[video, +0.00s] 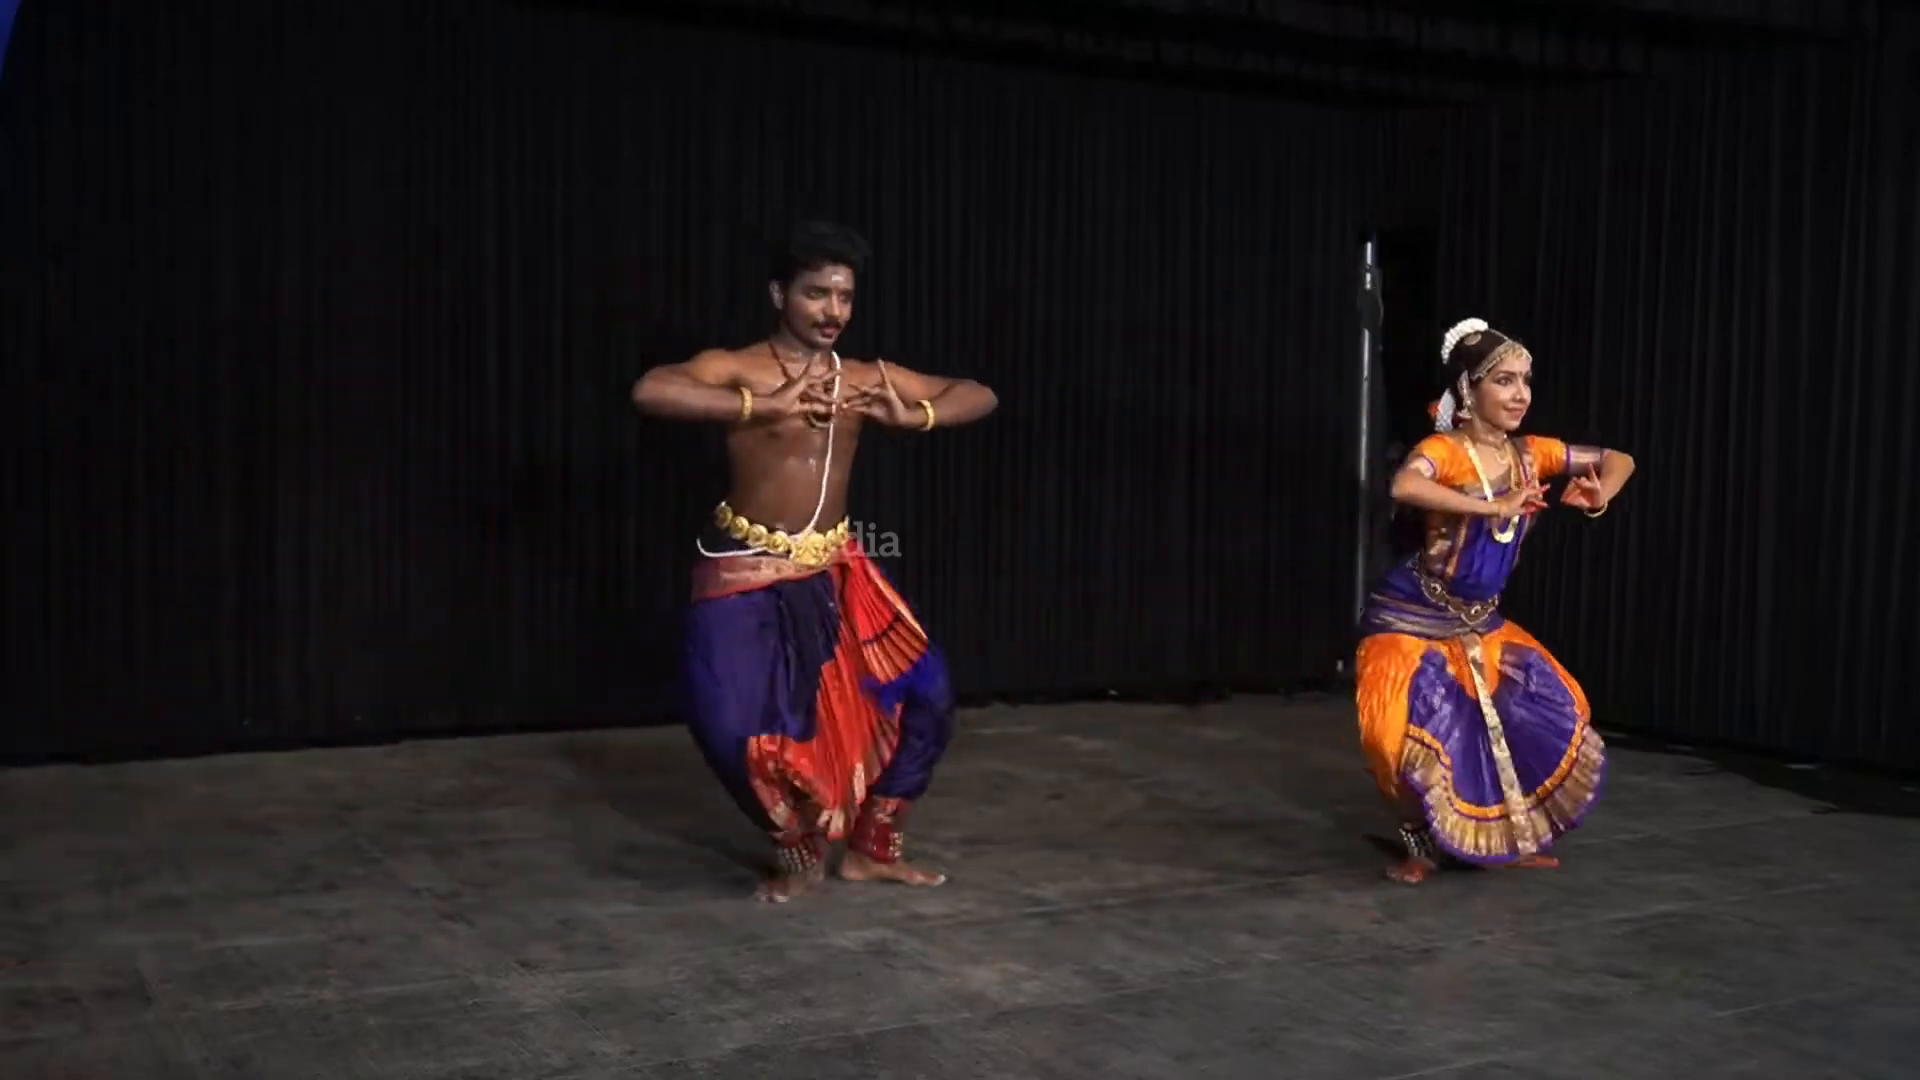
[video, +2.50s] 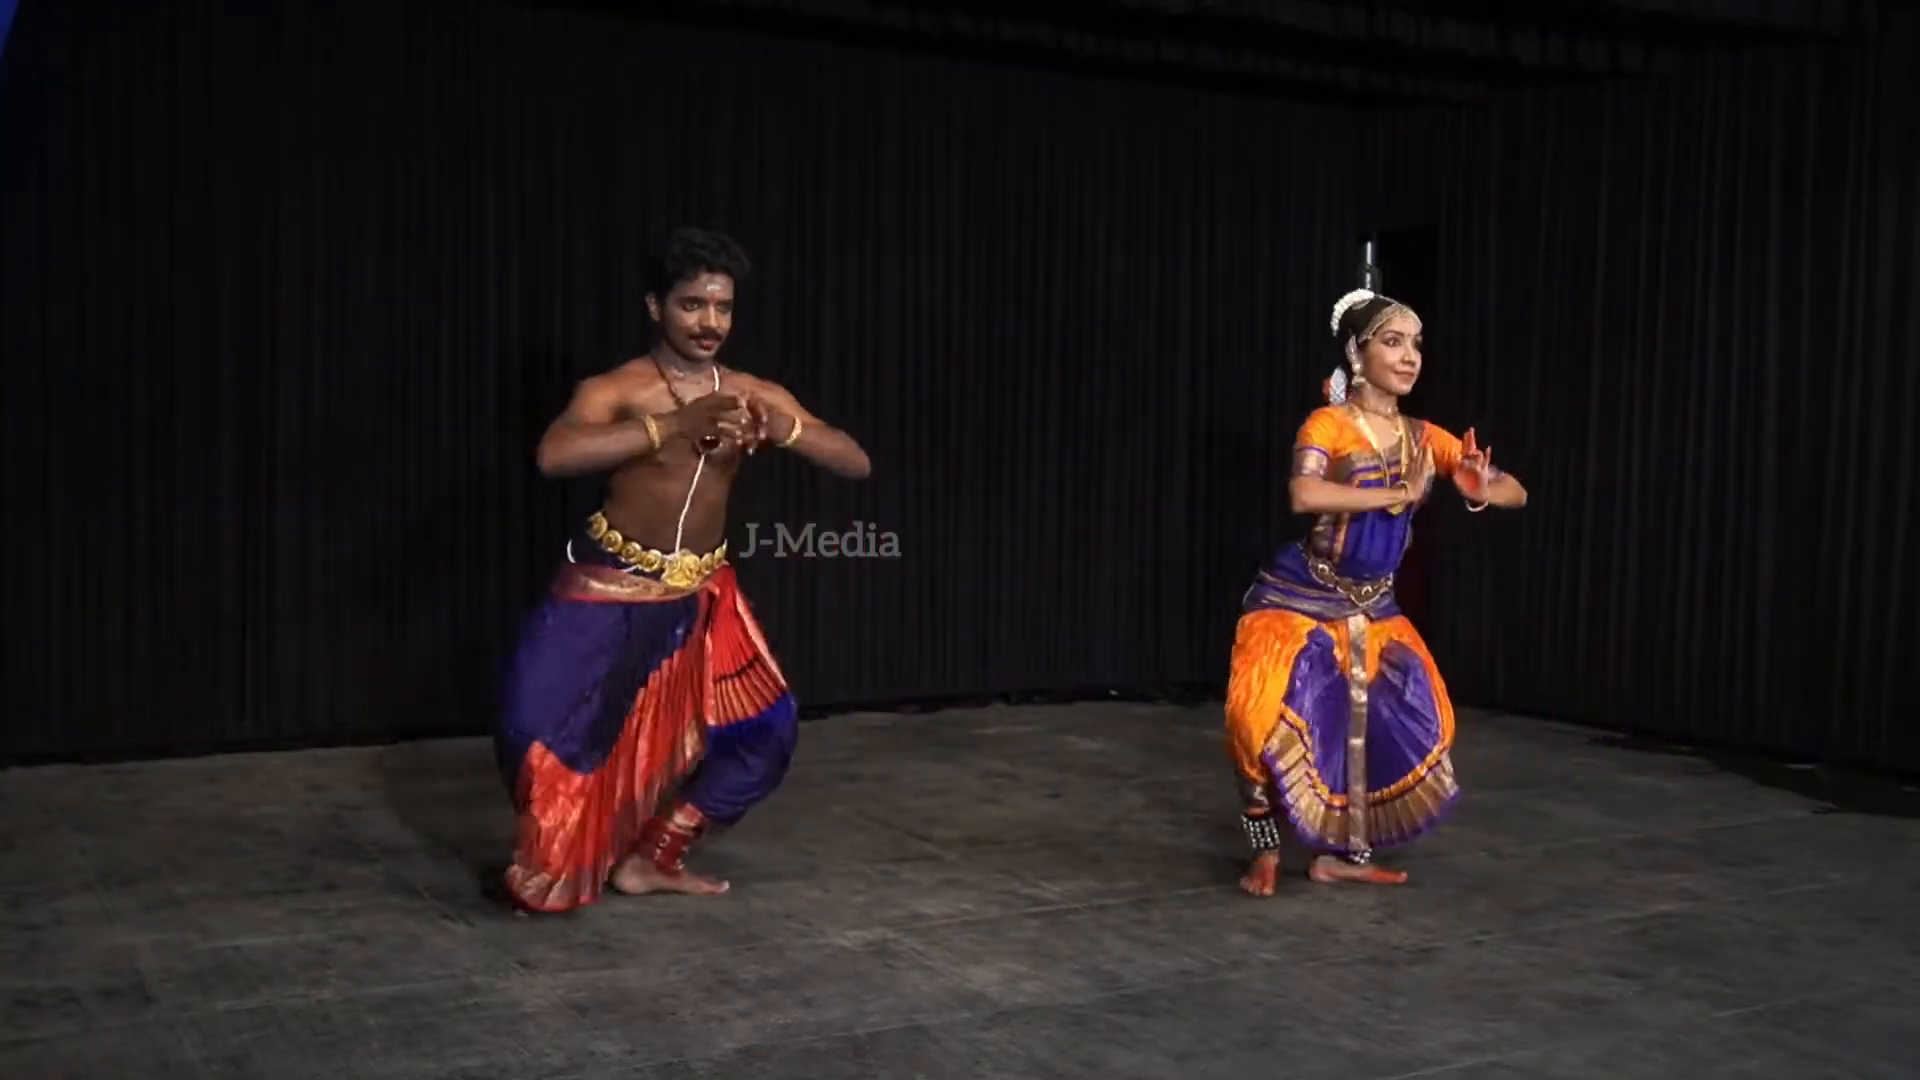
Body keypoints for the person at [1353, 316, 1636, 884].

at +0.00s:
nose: (1521, 394)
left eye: (1526, 381)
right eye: (1505, 381)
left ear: (1530, 389)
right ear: (1468, 390)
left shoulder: (1532, 454)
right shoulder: (1443, 450)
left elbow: (1620, 460)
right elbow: (1405, 486)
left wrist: (1601, 490)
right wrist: (1491, 506)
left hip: (1482, 628)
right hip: (1410, 624)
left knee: (1561, 710)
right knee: (1387, 731)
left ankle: (1512, 832)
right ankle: (1419, 843)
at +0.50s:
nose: (1669, 407)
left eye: (1666, 398)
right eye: (1665, 398)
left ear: (1637, 406)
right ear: (1650, 405)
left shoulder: (1653, 472)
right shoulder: (1605, 446)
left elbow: (1690, 478)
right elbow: (1553, 452)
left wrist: (1735, 467)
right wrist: (1488, 451)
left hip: (1599, 612)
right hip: (1551, 598)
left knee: (1651, 690)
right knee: (1535, 696)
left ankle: (1606, 802)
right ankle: (1476, 803)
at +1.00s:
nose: (1700, 407)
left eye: (1698, 398)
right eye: (1697, 398)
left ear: (1673, 406)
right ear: (1683, 404)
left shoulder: (1683, 462)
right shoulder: (1650, 435)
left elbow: (1706, 473)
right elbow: (1622, 440)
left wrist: (1748, 460)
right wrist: (1585, 444)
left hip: (1632, 600)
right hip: (1589, 595)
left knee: (1688, 675)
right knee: (1625, 708)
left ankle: (1636, 787)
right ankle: (1599, 772)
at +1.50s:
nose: (1651, 362)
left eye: (1656, 352)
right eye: (1637, 350)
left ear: (1658, 364)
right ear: (1602, 360)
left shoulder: (1652, 430)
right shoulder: (1577, 421)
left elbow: (1718, 441)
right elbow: (1544, 462)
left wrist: (1724, 456)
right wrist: (1621, 494)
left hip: (1600, 588)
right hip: (1540, 580)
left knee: (1656, 666)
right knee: (1522, 685)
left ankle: (1647, 795)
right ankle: (1522, 830)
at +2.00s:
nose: (1507, 336)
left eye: (1509, 325)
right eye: (1491, 324)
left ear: (1506, 341)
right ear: (1453, 338)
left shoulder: (1509, 419)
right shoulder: (1424, 402)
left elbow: (1590, 437)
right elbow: (1387, 434)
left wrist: (1586, 454)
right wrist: (1470, 467)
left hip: (1457, 592)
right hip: (1395, 582)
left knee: (1469, 717)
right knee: (1415, 707)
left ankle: (1358, 827)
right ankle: (1453, 825)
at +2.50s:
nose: (1410, 355)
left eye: (1416, 344)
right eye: (1394, 342)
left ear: (1421, 357)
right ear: (1358, 354)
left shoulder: (1426, 438)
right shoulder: (1327, 424)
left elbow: (1517, 492)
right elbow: (1304, 494)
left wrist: (1489, 487)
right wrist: (1389, 496)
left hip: (1373, 609)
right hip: (1295, 600)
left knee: (1412, 714)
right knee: (1251, 709)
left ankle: (1341, 851)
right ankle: (1265, 847)